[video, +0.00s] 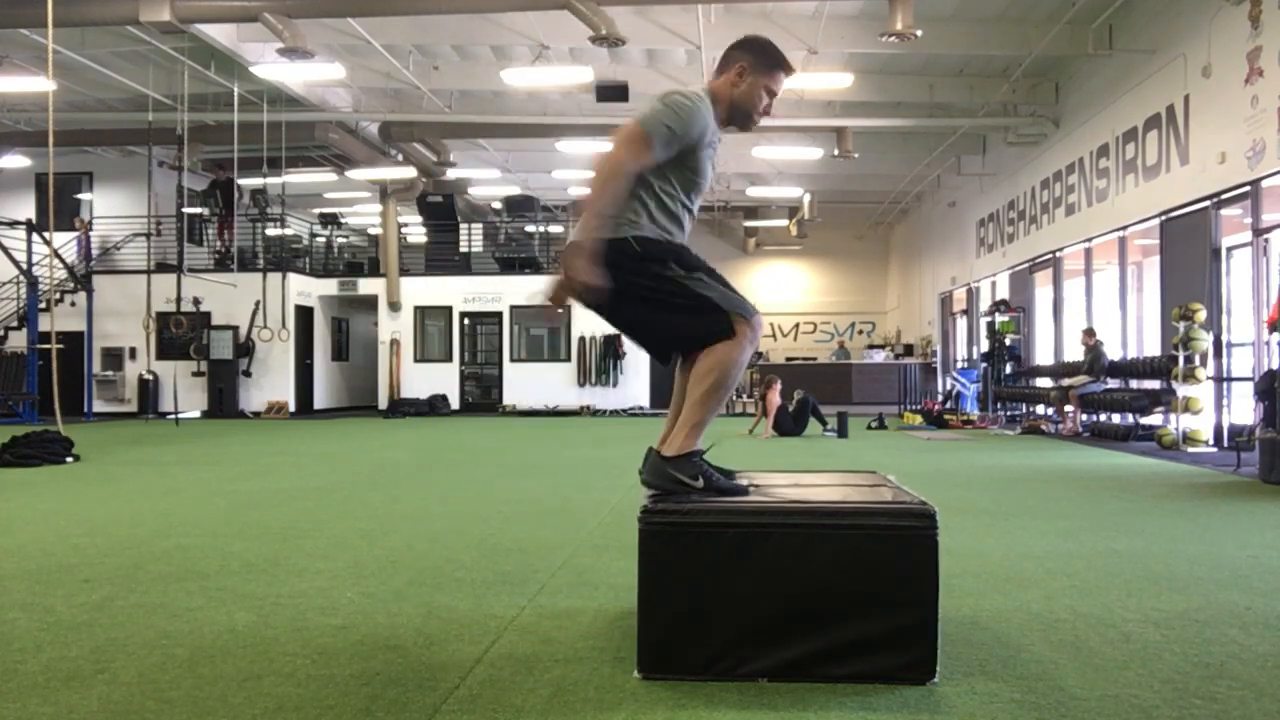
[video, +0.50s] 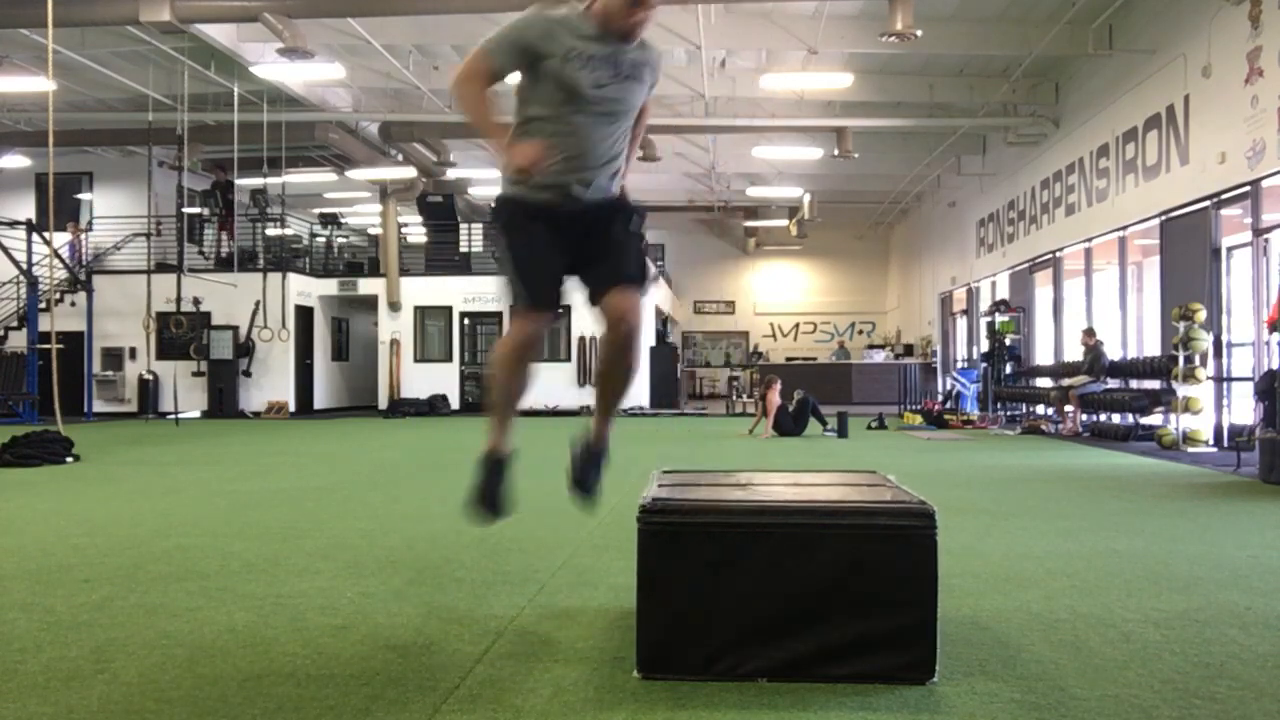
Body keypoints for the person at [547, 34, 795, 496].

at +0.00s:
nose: (769, 108)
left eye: (774, 99)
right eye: (767, 93)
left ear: (737, 79)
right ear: (737, 74)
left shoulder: (701, 128)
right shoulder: (691, 108)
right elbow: (619, 160)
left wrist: (574, 266)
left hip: (619, 255)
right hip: (632, 247)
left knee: (708, 342)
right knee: (743, 327)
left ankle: (668, 456)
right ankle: (680, 454)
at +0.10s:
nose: (760, 99)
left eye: (764, 90)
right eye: (757, 84)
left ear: (727, 70)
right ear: (727, 66)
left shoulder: (697, 121)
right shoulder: (686, 106)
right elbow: (637, 164)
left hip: (602, 251)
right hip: (617, 244)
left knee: (704, 348)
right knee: (740, 328)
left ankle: (668, 458)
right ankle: (681, 456)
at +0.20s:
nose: (736, 66)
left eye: (742, 57)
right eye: (733, 50)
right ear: (700, 30)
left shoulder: (687, 101)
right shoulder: (658, 67)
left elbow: (670, 188)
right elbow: (615, 124)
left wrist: (722, 229)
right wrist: (683, 190)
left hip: (621, 226)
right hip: (600, 221)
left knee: (704, 323)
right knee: (710, 313)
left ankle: (673, 455)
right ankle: (675, 455)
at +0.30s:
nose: (714, 25)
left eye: (720, 17)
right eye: (710, 11)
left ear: (708, 15)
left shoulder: (678, 63)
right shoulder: (627, 19)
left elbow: (670, 135)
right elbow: (575, 82)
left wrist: (688, 192)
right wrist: (649, 127)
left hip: (616, 194)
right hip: (565, 181)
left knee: (681, 294)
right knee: (643, 292)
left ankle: (664, 444)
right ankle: (654, 446)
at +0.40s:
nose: (680, 11)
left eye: (684, 5)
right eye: (675, 3)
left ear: (675, 8)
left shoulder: (663, 45)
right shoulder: (584, 13)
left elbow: (654, 116)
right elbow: (514, 66)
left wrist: (643, 182)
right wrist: (587, 113)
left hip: (611, 182)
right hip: (547, 177)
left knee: (659, 283)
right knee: (599, 285)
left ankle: (602, 391)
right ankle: (565, 429)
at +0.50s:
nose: (643, 17)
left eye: (650, 9)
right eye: (635, 6)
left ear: (654, 11)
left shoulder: (647, 58)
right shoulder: (544, 28)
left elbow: (638, 113)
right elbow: (467, 82)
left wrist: (622, 168)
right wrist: (505, 145)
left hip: (603, 208)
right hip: (533, 206)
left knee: (628, 320)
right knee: (528, 326)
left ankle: (598, 440)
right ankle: (496, 451)